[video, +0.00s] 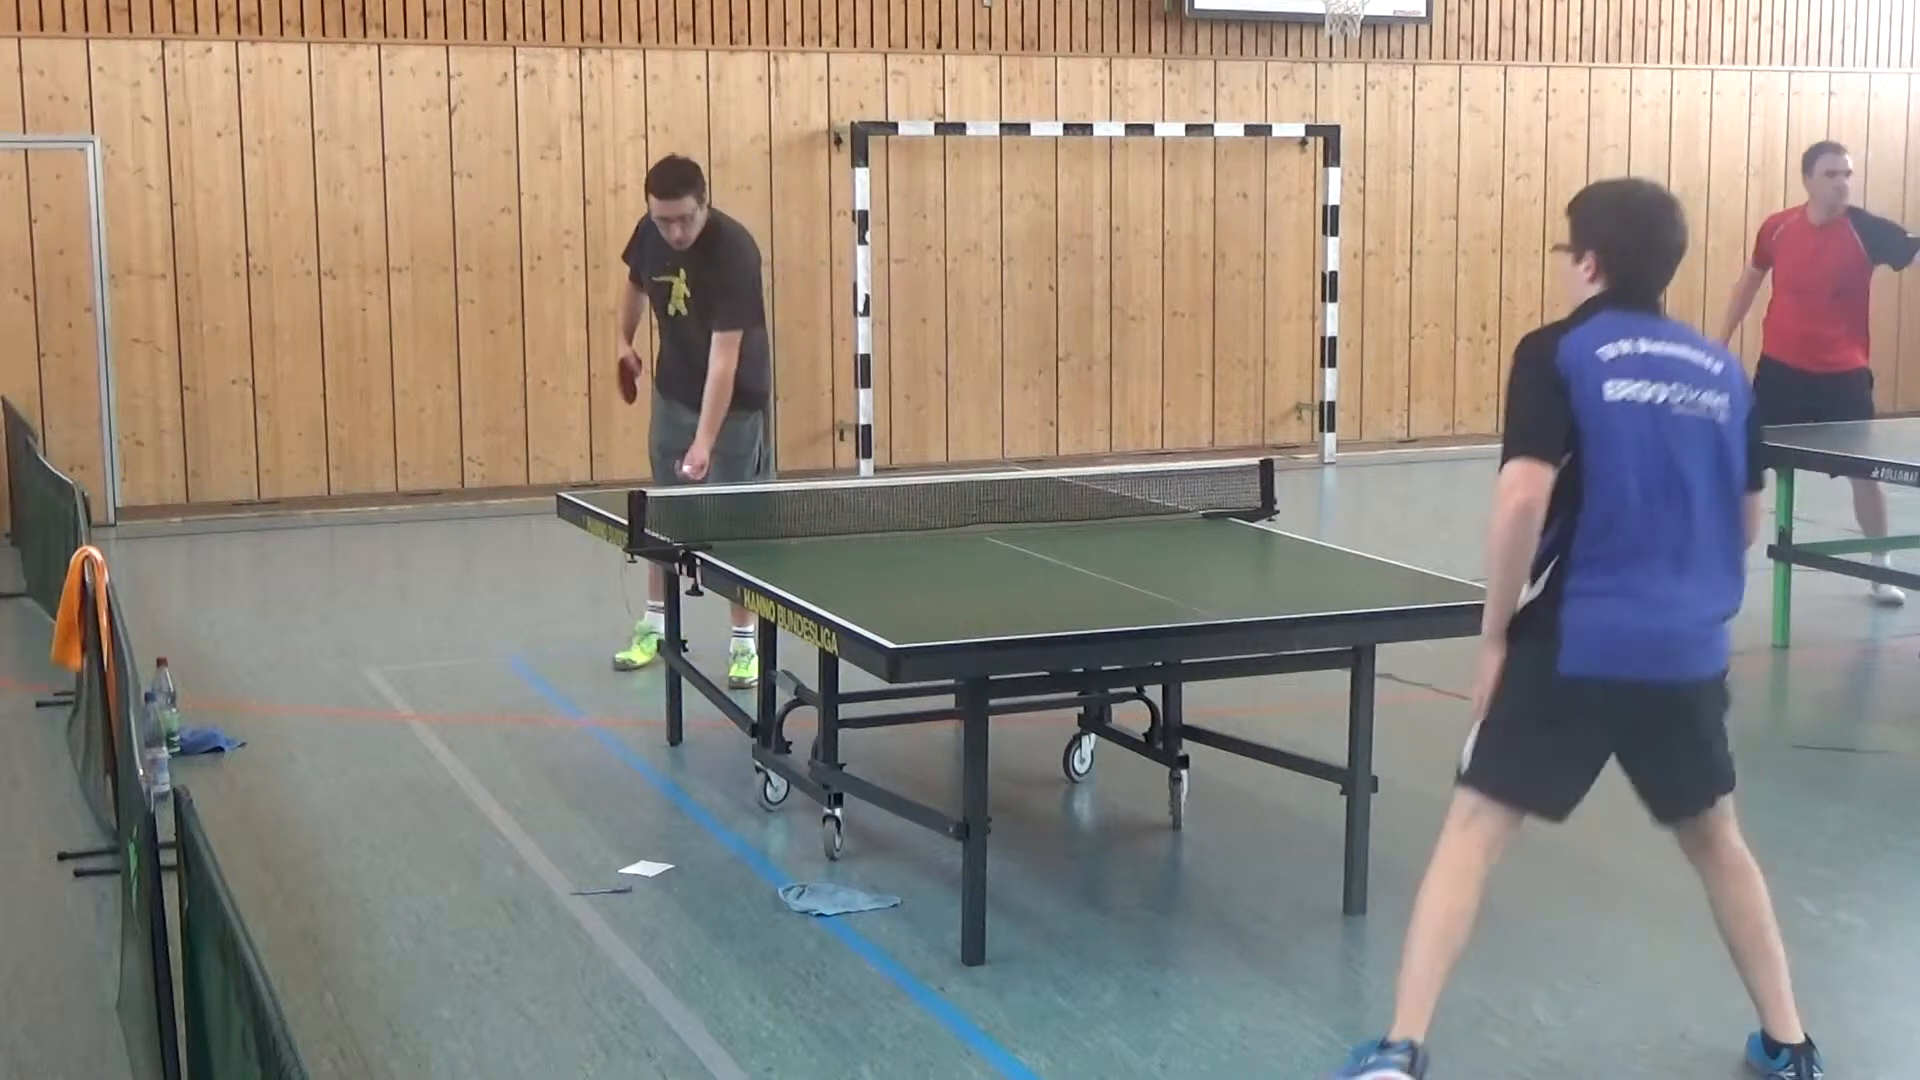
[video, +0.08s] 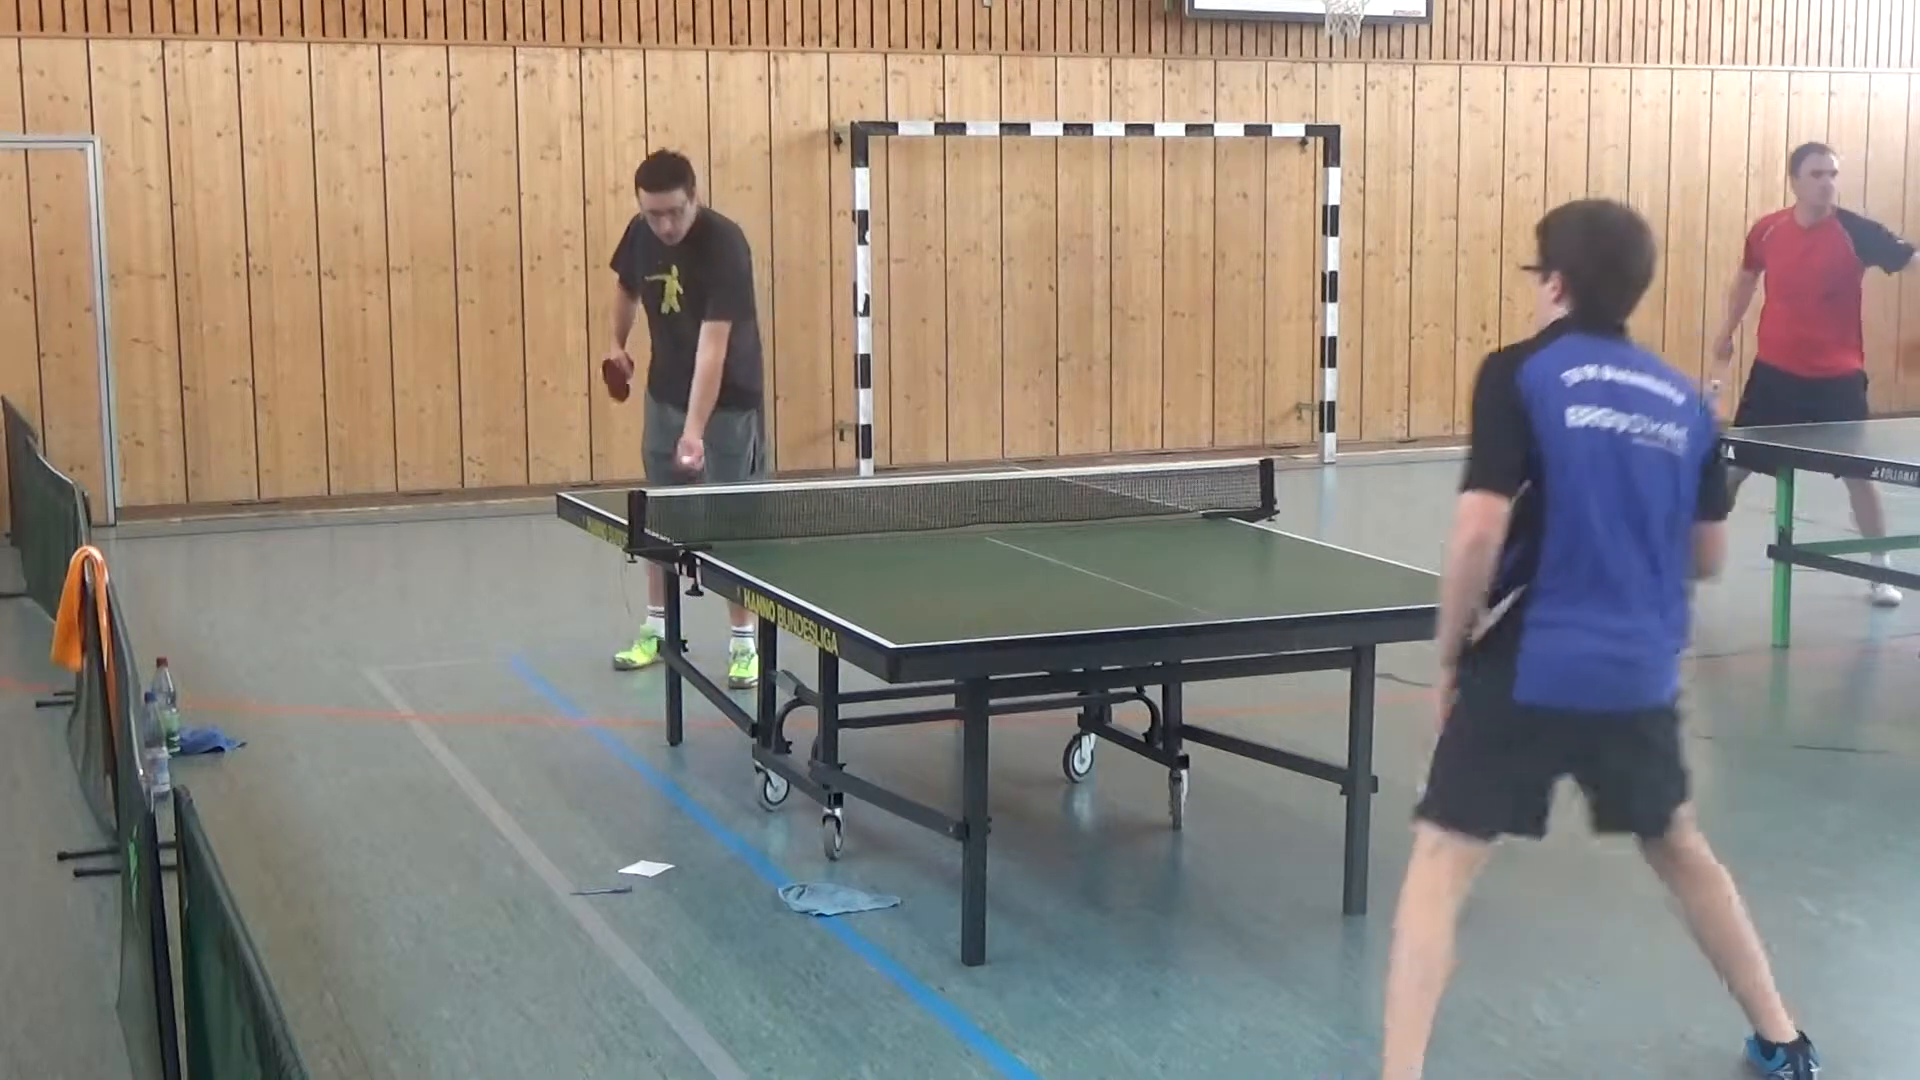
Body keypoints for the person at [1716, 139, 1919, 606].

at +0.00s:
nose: (1843, 182)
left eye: (1847, 174)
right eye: (1832, 174)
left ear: (1853, 179)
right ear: (1808, 180)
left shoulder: (1867, 230)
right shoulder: (1777, 227)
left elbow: (1914, 256)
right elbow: (1748, 285)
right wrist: (1719, 344)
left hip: (1844, 375)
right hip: (1780, 371)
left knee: (1863, 473)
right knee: (1745, 473)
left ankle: (1881, 571)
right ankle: (1728, 575)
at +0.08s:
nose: (1827, 182)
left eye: (1832, 174)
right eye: (1817, 174)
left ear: (1838, 179)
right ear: (1794, 180)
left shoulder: (1856, 231)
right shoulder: (1767, 230)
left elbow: (1909, 259)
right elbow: (1746, 281)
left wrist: (1909, 252)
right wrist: (1727, 333)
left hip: (1837, 379)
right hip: (1774, 375)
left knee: (1858, 475)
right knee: (1733, 470)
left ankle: (1881, 570)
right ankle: (1684, 556)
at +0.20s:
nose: (1801, 184)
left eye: (1807, 176)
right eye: (1791, 176)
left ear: (1815, 182)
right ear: (1771, 183)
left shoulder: (1834, 235)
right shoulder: (1744, 234)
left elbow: (1889, 287)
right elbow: (1728, 281)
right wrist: (1722, 324)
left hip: (1820, 384)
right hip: (1755, 382)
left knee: (1849, 476)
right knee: (1720, 473)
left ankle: (1880, 570)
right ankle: (1690, 562)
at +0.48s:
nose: (1784, 165)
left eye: (1790, 158)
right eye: (1774, 157)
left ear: (1798, 164)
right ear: (1753, 163)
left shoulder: (1816, 218)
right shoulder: (1720, 216)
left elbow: (1850, 282)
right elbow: (1688, 271)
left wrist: (1820, 316)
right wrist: (1662, 332)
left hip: (1799, 367)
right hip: (1734, 365)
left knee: (1824, 467)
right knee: (1701, 463)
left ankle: (1842, 567)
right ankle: (1660, 552)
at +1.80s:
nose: (1773, 188)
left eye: (1776, 180)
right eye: (1764, 179)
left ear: (1771, 185)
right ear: (1734, 183)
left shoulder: (1777, 241)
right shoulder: (1688, 227)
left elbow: (1790, 301)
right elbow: (1633, 268)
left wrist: (1771, 335)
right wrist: (1599, 323)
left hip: (1750, 380)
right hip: (1689, 380)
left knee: (1783, 474)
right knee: (1659, 473)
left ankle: (1817, 570)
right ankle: (1610, 567)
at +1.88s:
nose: (1764, 176)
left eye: (1766, 168)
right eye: (1754, 168)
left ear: (1765, 173)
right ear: (1724, 171)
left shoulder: (1769, 229)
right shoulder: (1681, 218)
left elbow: (1778, 294)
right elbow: (1617, 258)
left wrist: (1762, 327)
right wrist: (1579, 312)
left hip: (1741, 371)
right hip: (1679, 369)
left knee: (1765, 461)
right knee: (1651, 463)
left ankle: (1782, 562)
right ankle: (1603, 562)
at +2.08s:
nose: (1743, 187)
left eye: (1745, 180)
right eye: (1733, 180)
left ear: (1745, 183)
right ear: (1704, 183)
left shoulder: (1748, 240)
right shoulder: (1667, 231)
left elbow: (1754, 311)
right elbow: (1602, 276)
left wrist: (1742, 353)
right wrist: (1555, 328)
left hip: (1723, 383)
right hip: (1666, 381)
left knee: (1745, 471)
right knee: (1629, 477)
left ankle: (1728, 563)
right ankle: (1557, 560)